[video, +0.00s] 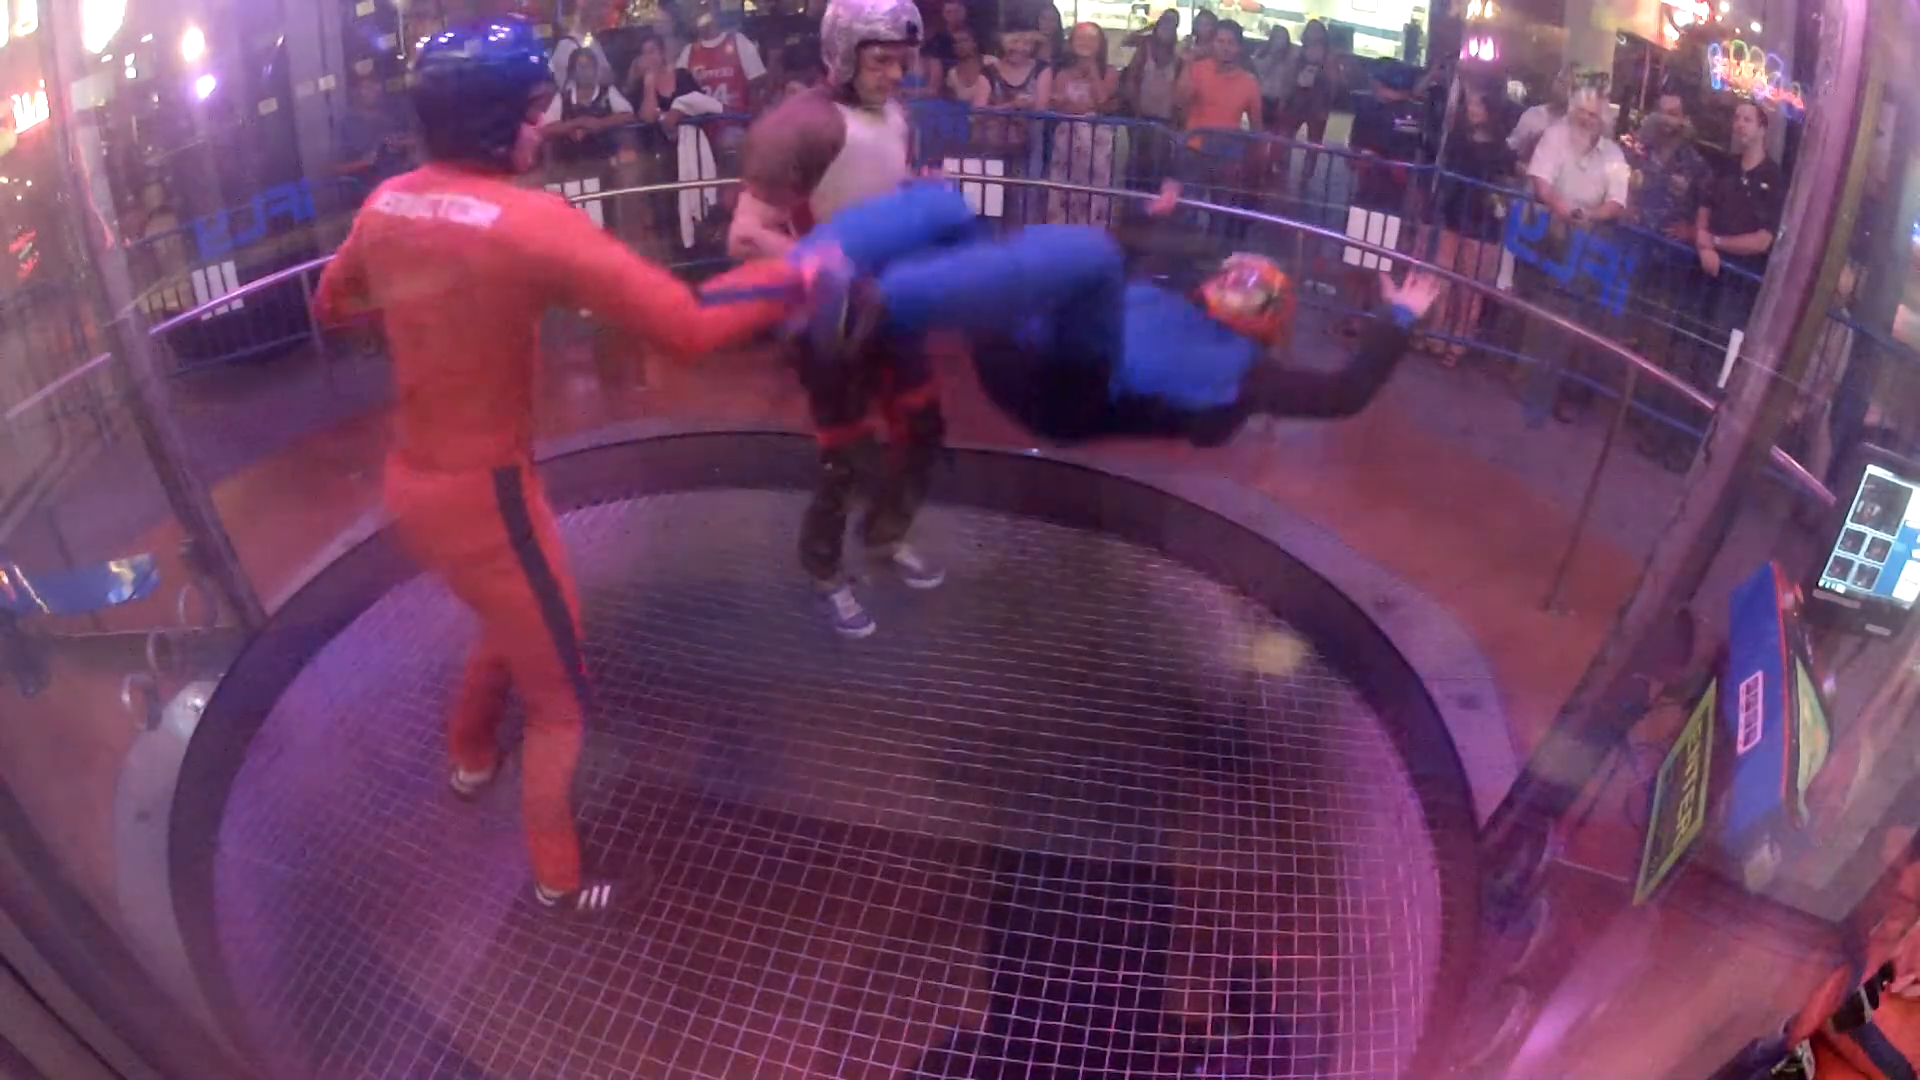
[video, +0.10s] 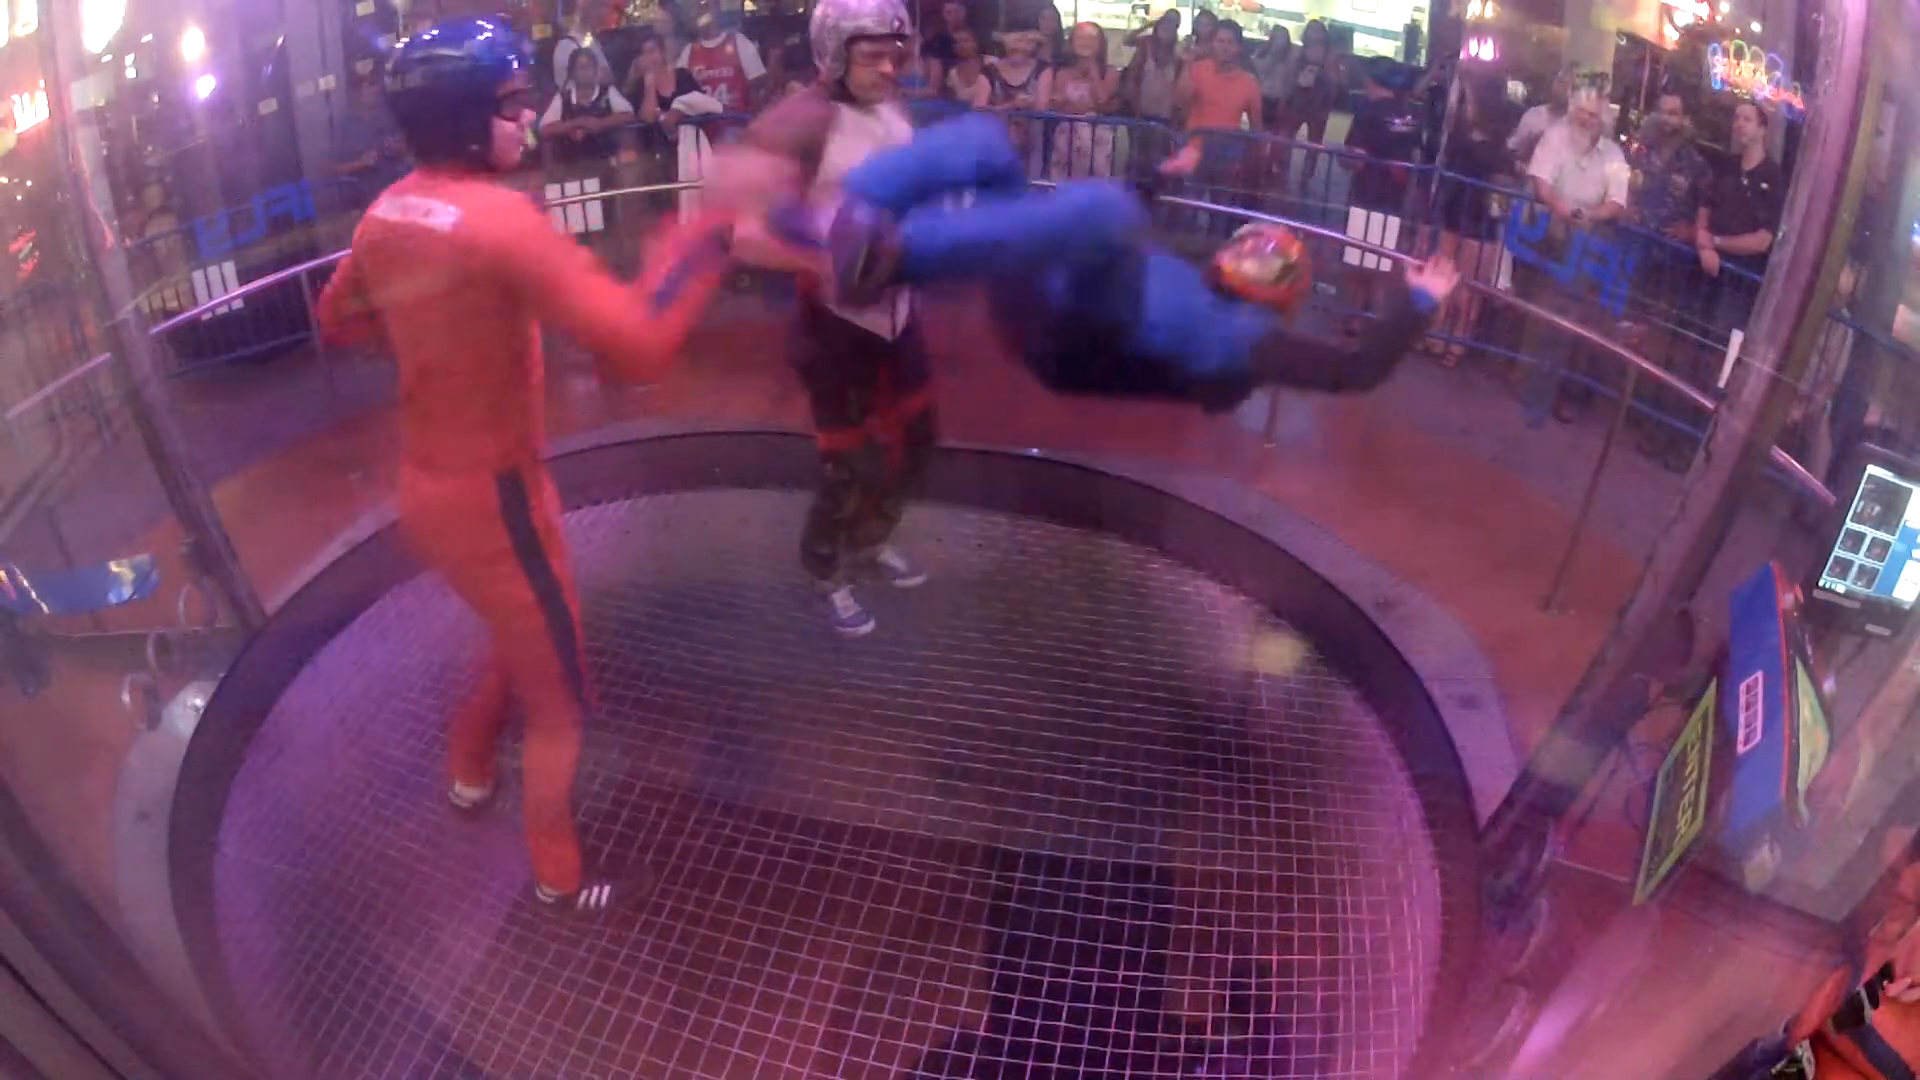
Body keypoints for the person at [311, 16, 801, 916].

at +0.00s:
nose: (546, 126)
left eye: (543, 109)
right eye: (536, 111)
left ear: (441, 117)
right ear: (505, 123)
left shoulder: (388, 205)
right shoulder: (531, 222)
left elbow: (334, 308)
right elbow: (690, 329)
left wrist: (429, 290)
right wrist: (790, 281)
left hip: (416, 487)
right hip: (490, 499)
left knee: (514, 619)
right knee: (556, 706)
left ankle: (469, 759)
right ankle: (556, 882)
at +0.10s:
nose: (526, 122)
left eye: (523, 105)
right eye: (510, 108)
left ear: (431, 123)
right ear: (462, 121)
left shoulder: (390, 211)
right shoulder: (503, 220)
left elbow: (336, 321)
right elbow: (642, 340)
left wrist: (440, 318)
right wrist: (705, 246)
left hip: (428, 493)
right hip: (498, 499)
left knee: (516, 631)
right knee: (553, 704)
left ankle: (471, 774)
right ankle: (559, 881)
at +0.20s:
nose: (512, 121)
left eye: (509, 104)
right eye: (494, 107)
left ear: (414, 129)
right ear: (441, 122)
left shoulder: (390, 221)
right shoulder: (480, 230)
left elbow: (370, 337)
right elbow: (572, 381)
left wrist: (482, 292)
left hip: (438, 489)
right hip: (496, 499)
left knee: (526, 642)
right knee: (555, 704)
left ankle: (469, 788)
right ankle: (558, 880)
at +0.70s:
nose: (461, 125)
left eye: (458, 107)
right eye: (441, 112)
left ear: (398, 129)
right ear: (391, 127)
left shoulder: (410, 211)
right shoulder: (381, 243)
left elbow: (449, 360)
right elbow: (427, 447)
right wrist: (494, 342)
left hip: (475, 495)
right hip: (446, 519)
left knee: (496, 680)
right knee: (533, 709)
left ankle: (473, 837)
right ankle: (557, 887)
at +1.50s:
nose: (397, 131)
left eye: (395, 112)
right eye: (373, 119)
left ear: (390, 121)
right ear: (317, 141)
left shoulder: (391, 211)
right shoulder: (298, 263)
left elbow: (413, 320)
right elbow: (357, 456)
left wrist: (456, 294)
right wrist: (446, 323)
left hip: (423, 519)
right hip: (364, 549)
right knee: (482, 774)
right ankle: (468, 984)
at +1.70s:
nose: (333, 156)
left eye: (331, 138)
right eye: (309, 144)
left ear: (324, 149)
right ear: (255, 162)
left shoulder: (327, 240)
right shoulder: (243, 288)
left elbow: (351, 385)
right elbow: (336, 498)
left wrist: (388, 333)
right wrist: (404, 357)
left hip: (395, 538)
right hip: (340, 577)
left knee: (450, 718)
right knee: (415, 836)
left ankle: (474, 846)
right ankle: (363, 1042)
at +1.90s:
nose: (265, 209)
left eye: (260, 189)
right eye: (238, 200)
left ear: (256, 194)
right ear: (181, 229)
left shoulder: (252, 303)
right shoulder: (178, 356)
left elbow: (301, 430)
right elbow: (277, 582)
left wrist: (336, 409)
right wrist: (340, 441)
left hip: (328, 632)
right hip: (273, 670)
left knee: (442, 754)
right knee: (326, 918)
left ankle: (477, 858)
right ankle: (321, 1071)